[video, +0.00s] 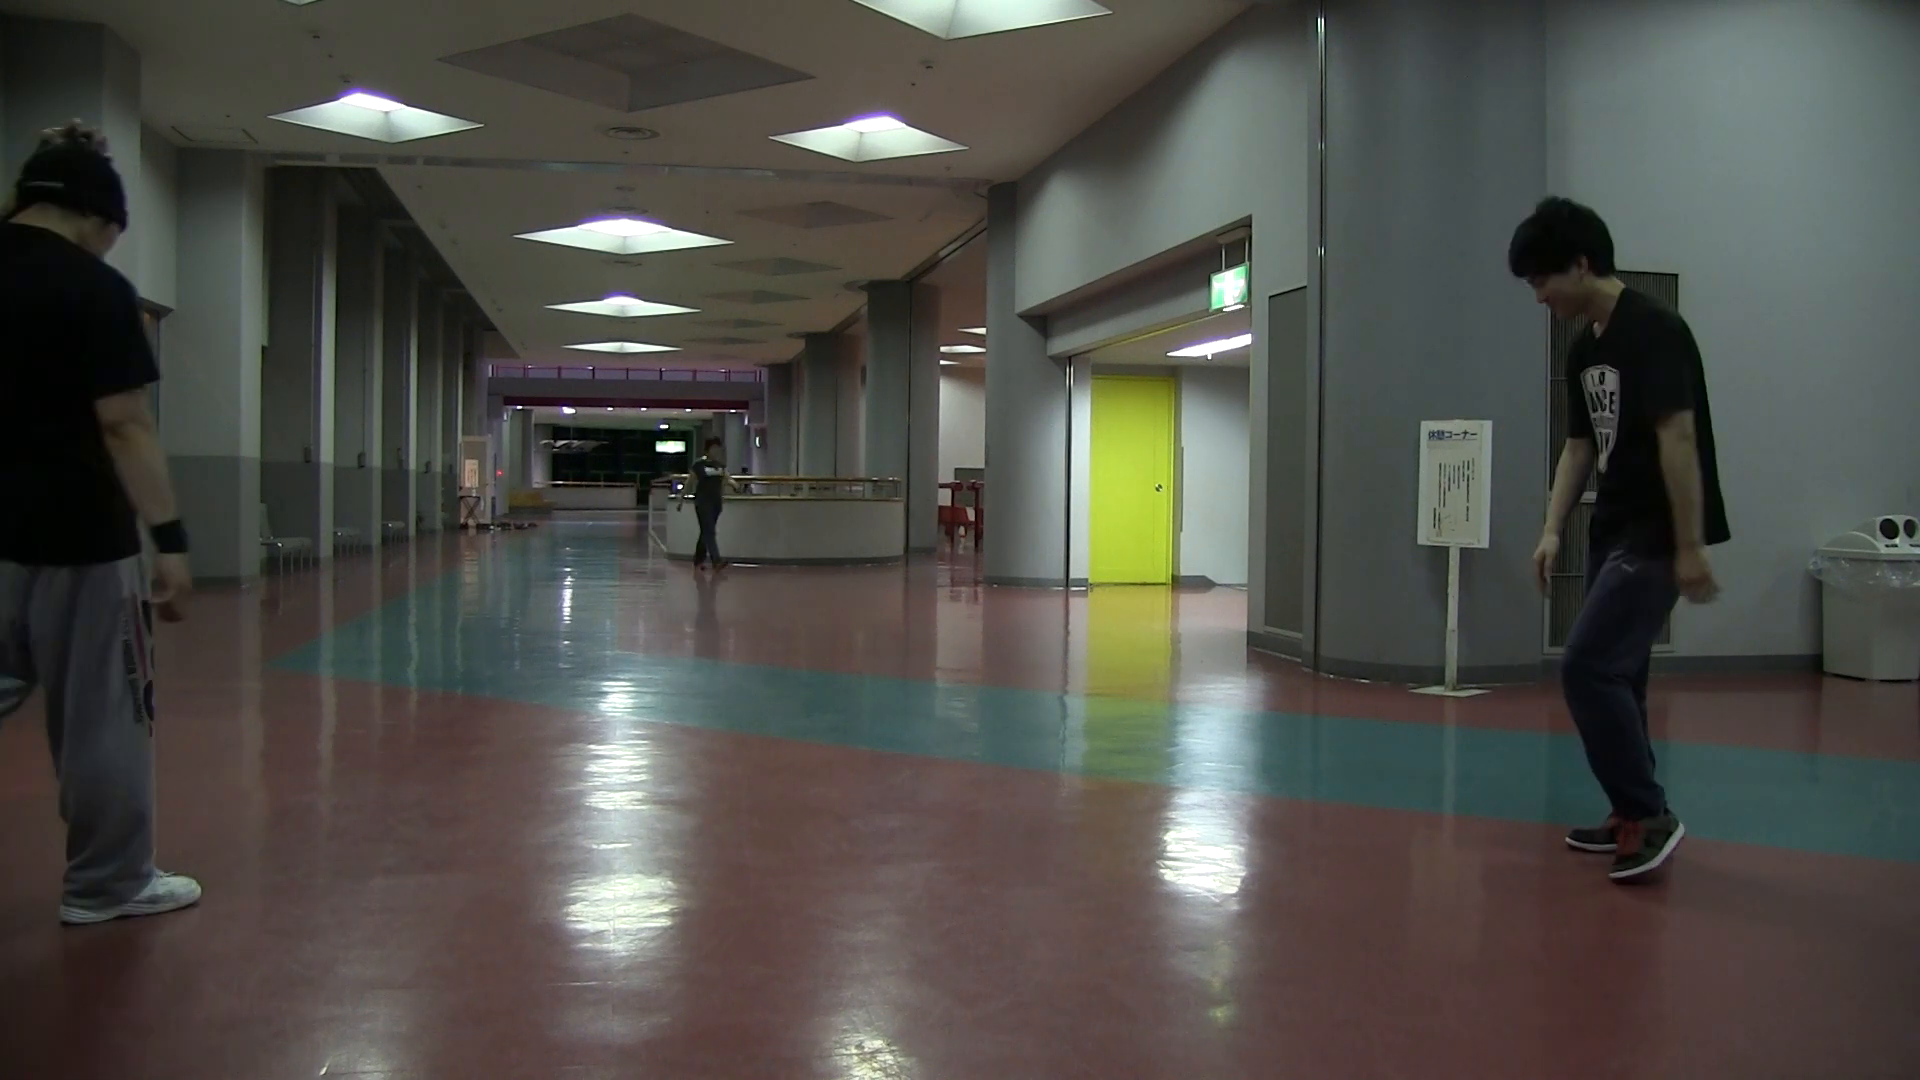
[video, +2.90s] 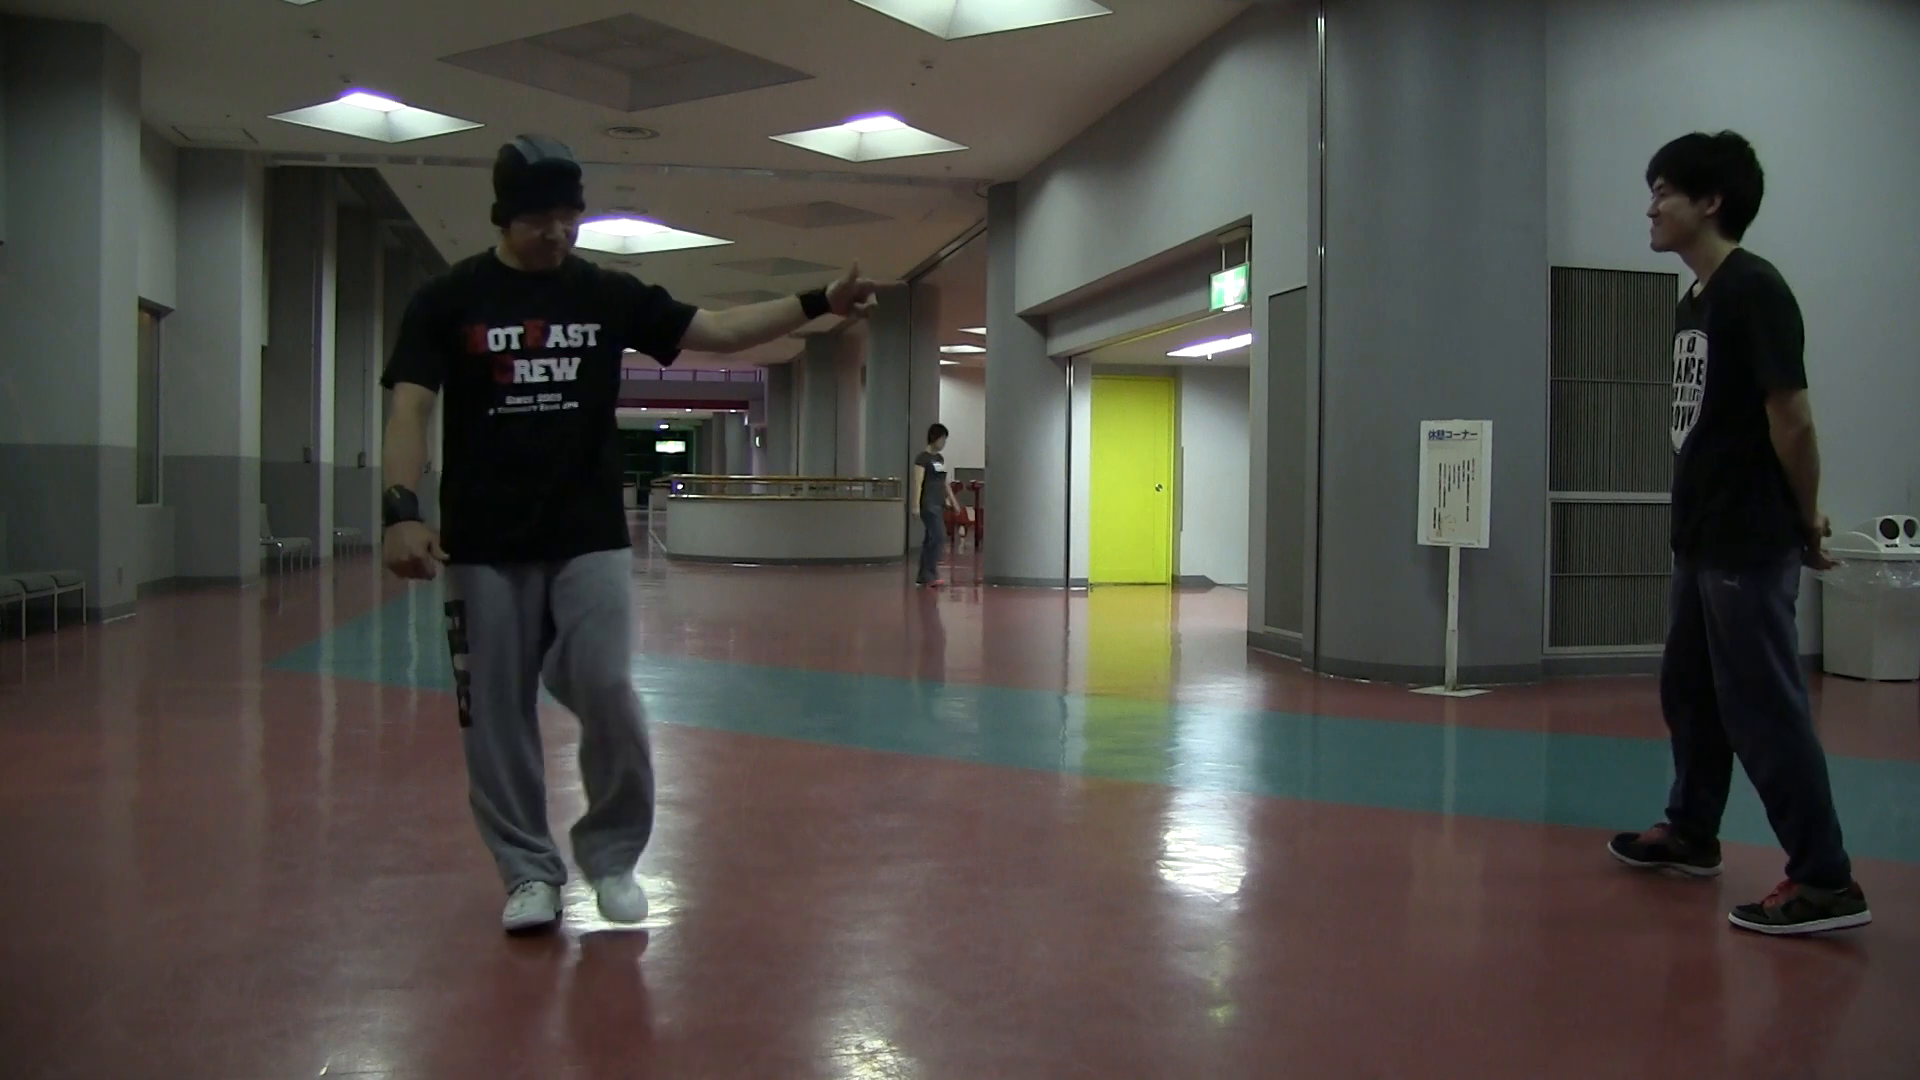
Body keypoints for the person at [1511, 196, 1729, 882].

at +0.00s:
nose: (1537, 294)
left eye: (1542, 278)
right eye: (1532, 281)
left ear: (1582, 264)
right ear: (1572, 271)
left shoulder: (1656, 329)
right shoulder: (1583, 346)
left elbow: (1677, 438)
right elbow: (1580, 443)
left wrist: (1691, 545)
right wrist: (1553, 528)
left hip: (1661, 534)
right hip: (1614, 531)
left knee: (1588, 666)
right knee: (1622, 675)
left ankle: (1649, 817)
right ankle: (1628, 816)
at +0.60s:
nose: (1632, 262)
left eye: (1646, 248)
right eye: (1622, 248)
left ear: (1682, 237)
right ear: (1612, 242)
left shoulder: (1738, 313)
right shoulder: (1600, 318)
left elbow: (1732, 426)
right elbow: (1587, 422)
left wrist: (1677, 513)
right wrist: (1605, 503)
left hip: (1698, 533)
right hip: (1613, 529)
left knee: (1692, 684)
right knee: (1597, 675)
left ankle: (1676, 834)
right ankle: (1616, 767)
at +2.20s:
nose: (1561, 233)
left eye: (1571, 217)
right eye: (1562, 219)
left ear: (1612, 218)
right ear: (1617, 221)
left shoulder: (1635, 284)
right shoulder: (1649, 286)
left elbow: (1673, 398)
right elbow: (1681, 402)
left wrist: (1723, 493)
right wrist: (1727, 489)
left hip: (1663, 530)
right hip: (1659, 529)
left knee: (1638, 692)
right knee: (1645, 692)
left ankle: (1763, 838)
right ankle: (1634, 858)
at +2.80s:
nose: (1649, 200)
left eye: (1661, 187)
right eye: (1652, 186)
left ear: (1708, 196)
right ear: (1696, 198)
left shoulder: (1754, 284)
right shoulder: (1698, 292)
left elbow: (1790, 414)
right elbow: (1722, 414)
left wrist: (1812, 515)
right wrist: (1798, 510)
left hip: (1747, 534)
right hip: (1699, 529)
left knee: (1759, 700)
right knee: (1682, 683)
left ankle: (1823, 879)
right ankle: (1680, 835)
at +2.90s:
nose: (1649, 207)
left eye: (1661, 194)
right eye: (1651, 194)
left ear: (1708, 203)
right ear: (1696, 206)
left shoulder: (1754, 289)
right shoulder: (1696, 296)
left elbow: (1792, 423)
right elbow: (1719, 420)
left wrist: (1809, 521)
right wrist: (1797, 517)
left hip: (1749, 539)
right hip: (1701, 536)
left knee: (1764, 704)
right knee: (1692, 690)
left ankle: (1825, 880)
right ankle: (1689, 836)